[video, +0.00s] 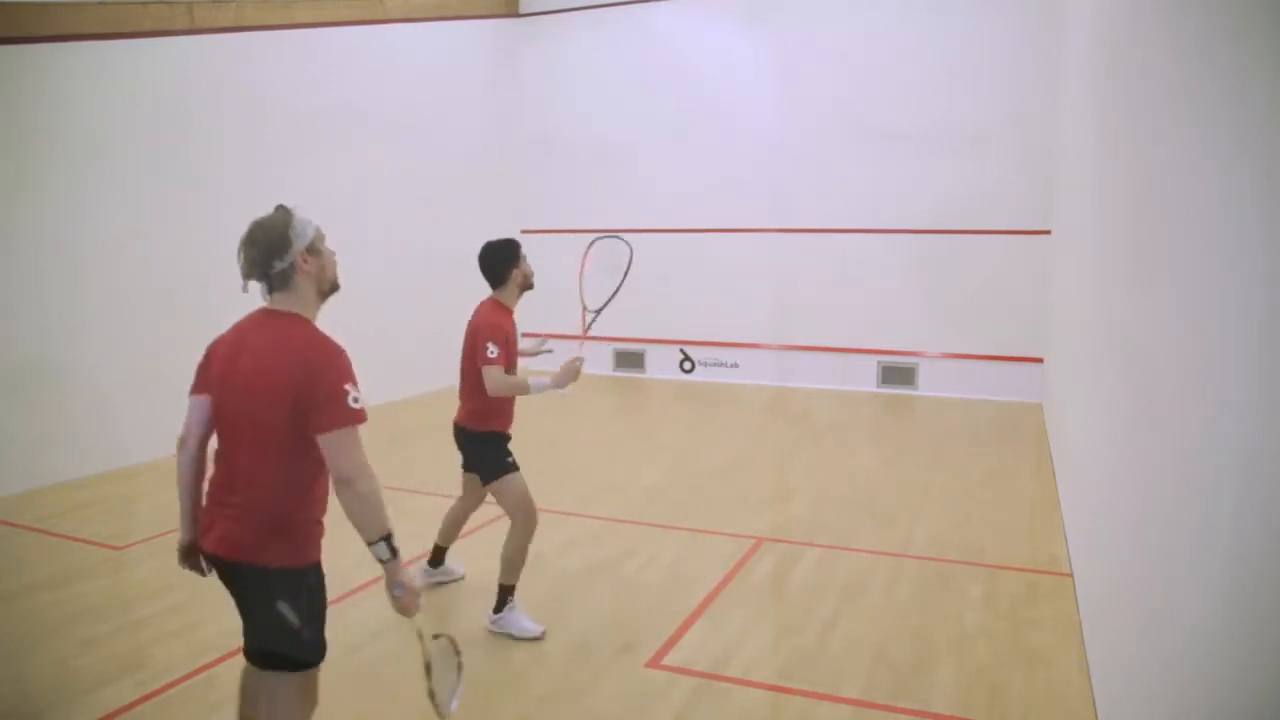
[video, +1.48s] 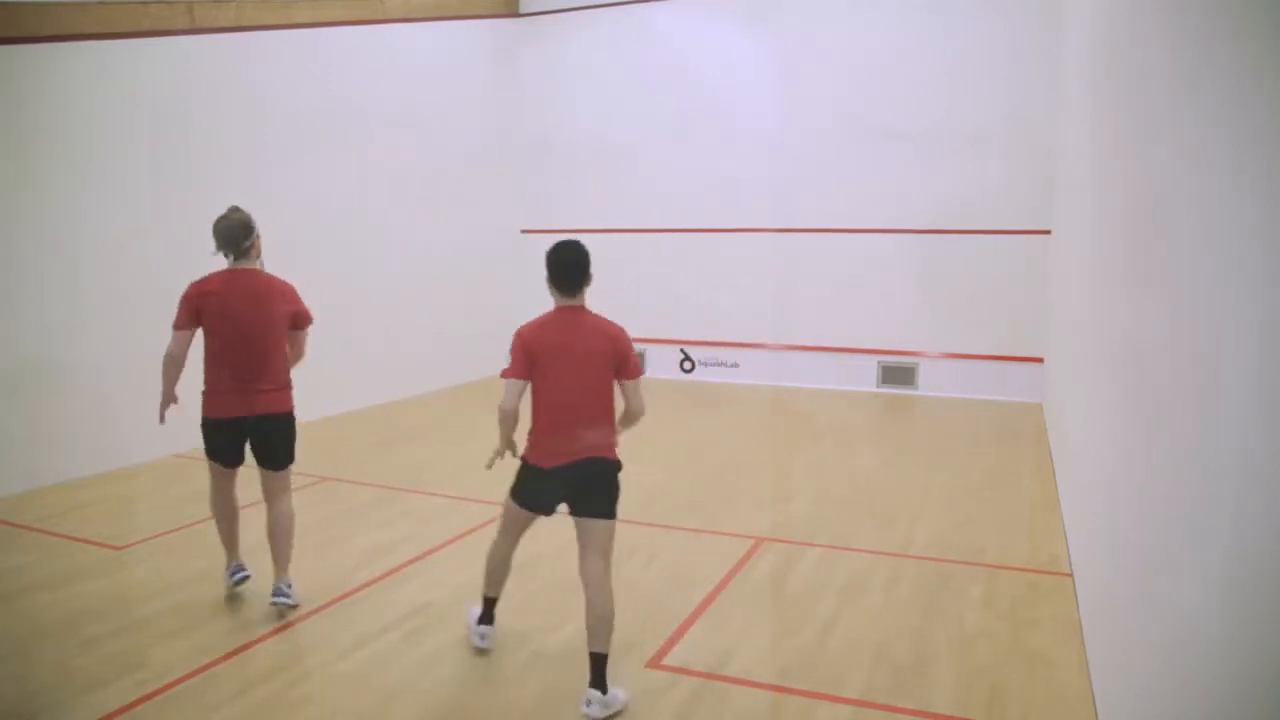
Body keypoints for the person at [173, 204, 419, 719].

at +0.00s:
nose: (335, 256)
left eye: (327, 245)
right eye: (325, 247)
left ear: (275, 269)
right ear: (303, 262)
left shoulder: (227, 344)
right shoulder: (318, 355)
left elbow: (191, 441)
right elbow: (350, 476)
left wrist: (189, 528)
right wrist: (392, 562)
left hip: (225, 540)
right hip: (279, 551)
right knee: (291, 696)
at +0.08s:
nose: (320, 250)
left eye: (314, 240)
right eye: (311, 242)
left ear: (260, 262)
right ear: (289, 257)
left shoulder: (211, 336)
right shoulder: (309, 344)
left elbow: (179, 430)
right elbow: (319, 454)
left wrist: (185, 506)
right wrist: (347, 543)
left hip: (217, 525)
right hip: (281, 536)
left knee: (239, 632)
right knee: (288, 681)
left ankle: (226, 717)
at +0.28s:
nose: (304, 240)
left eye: (298, 230)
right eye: (295, 233)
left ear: (251, 254)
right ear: (275, 248)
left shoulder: (208, 320)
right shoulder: (303, 322)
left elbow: (204, 414)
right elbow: (289, 416)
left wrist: (235, 466)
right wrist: (285, 507)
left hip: (215, 498)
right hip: (285, 500)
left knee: (224, 616)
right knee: (307, 603)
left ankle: (223, 716)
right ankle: (268, 710)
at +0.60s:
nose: (319, 255)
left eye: (315, 247)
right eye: (313, 249)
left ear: (269, 262)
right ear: (295, 258)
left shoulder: (240, 316)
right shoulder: (313, 325)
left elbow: (238, 369)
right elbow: (317, 407)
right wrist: (340, 475)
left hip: (250, 467)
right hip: (304, 467)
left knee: (257, 555)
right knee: (314, 549)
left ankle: (228, 652)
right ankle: (298, 645)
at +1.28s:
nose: (306, 259)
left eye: (301, 253)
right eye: (304, 253)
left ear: (264, 263)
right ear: (298, 259)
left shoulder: (235, 306)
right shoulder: (315, 314)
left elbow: (202, 359)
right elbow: (341, 382)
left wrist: (202, 415)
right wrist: (356, 412)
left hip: (245, 432)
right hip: (296, 431)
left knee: (265, 494)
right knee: (335, 512)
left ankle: (261, 586)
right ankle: (350, 608)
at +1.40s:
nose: (277, 240)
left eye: (273, 235)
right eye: (275, 236)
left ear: (234, 246)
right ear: (272, 242)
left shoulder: (209, 290)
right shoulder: (295, 292)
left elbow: (185, 348)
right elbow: (323, 358)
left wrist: (180, 399)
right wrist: (319, 383)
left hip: (230, 415)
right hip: (282, 412)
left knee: (243, 487)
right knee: (298, 493)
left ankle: (252, 574)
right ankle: (298, 586)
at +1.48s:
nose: (261, 242)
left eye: (256, 236)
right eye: (259, 237)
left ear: (219, 247)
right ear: (256, 243)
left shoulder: (201, 290)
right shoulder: (282, 291)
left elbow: (175, 353)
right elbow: (296, 350)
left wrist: (168, 392)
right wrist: (266, 371)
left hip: (221, 414)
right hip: (274, 411)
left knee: (223, 484)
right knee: (278, 495)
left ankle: (234, 564)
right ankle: (283, 583)